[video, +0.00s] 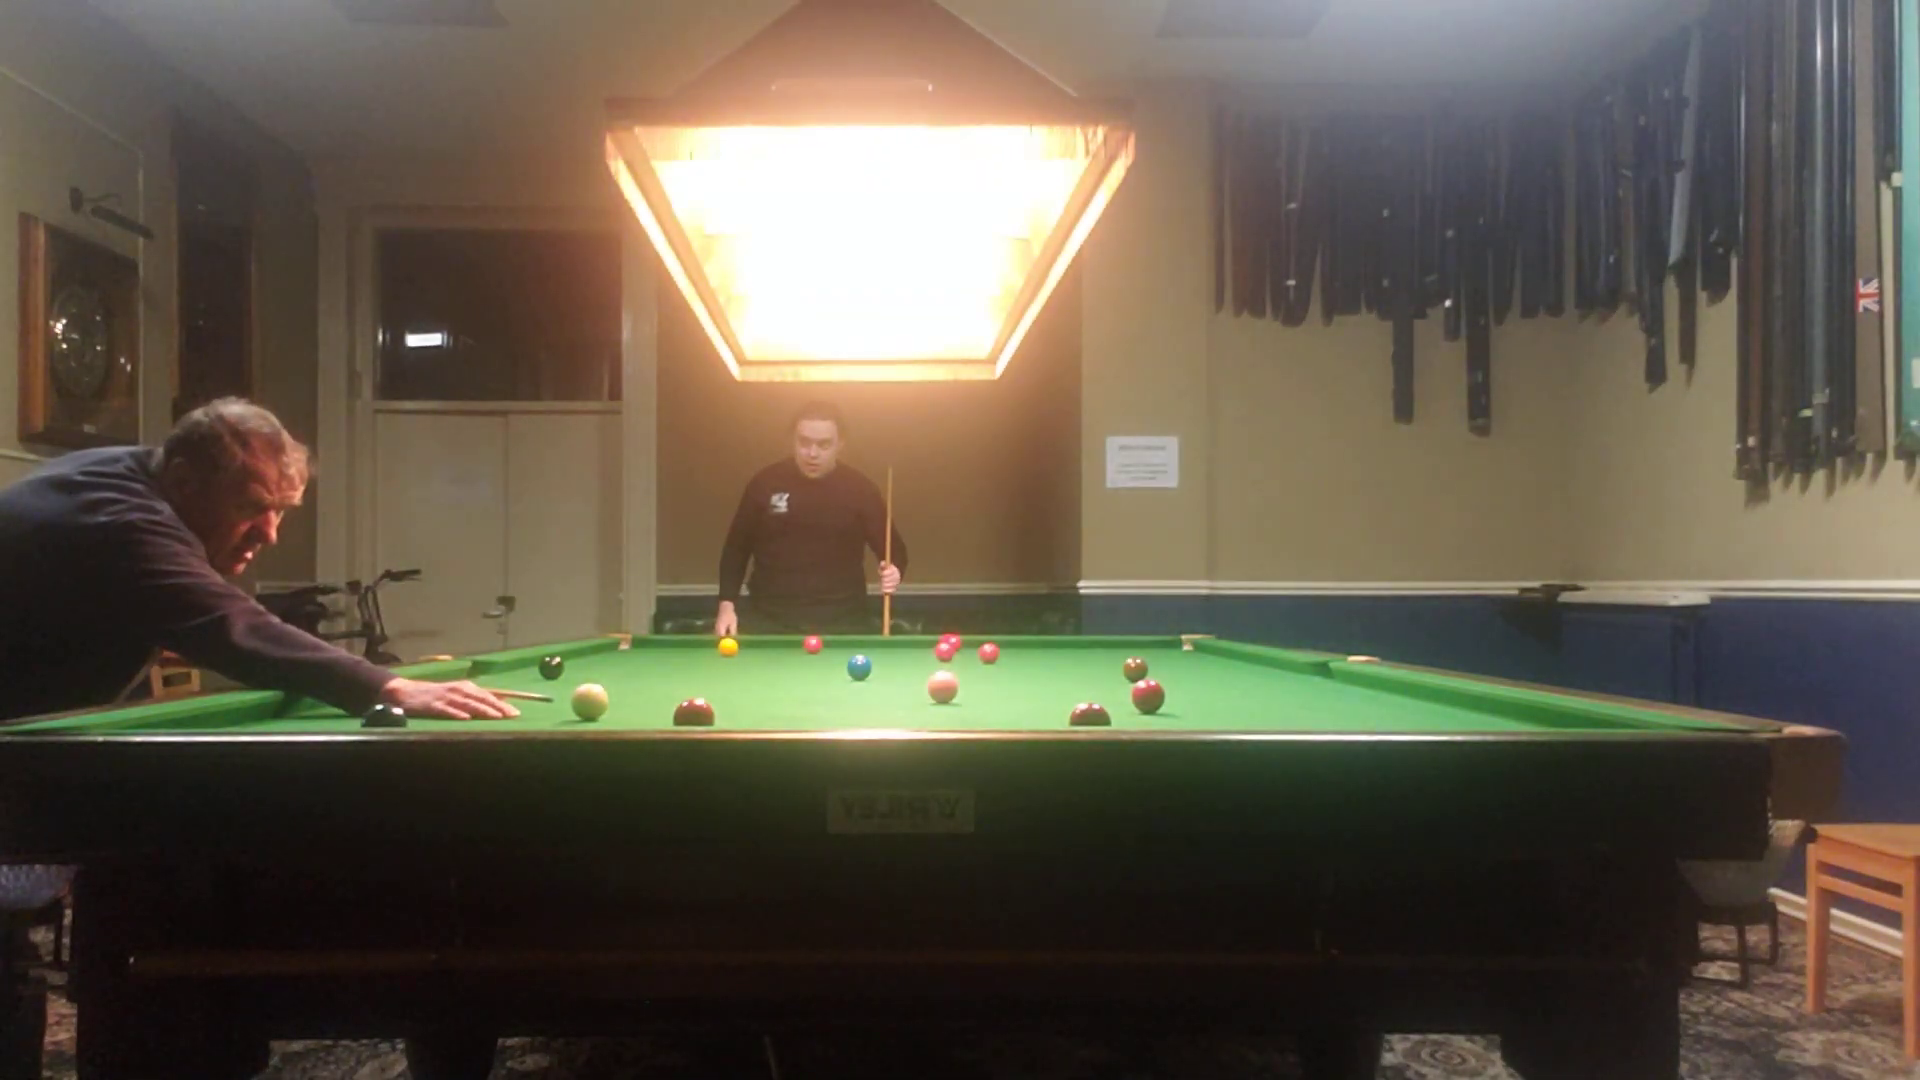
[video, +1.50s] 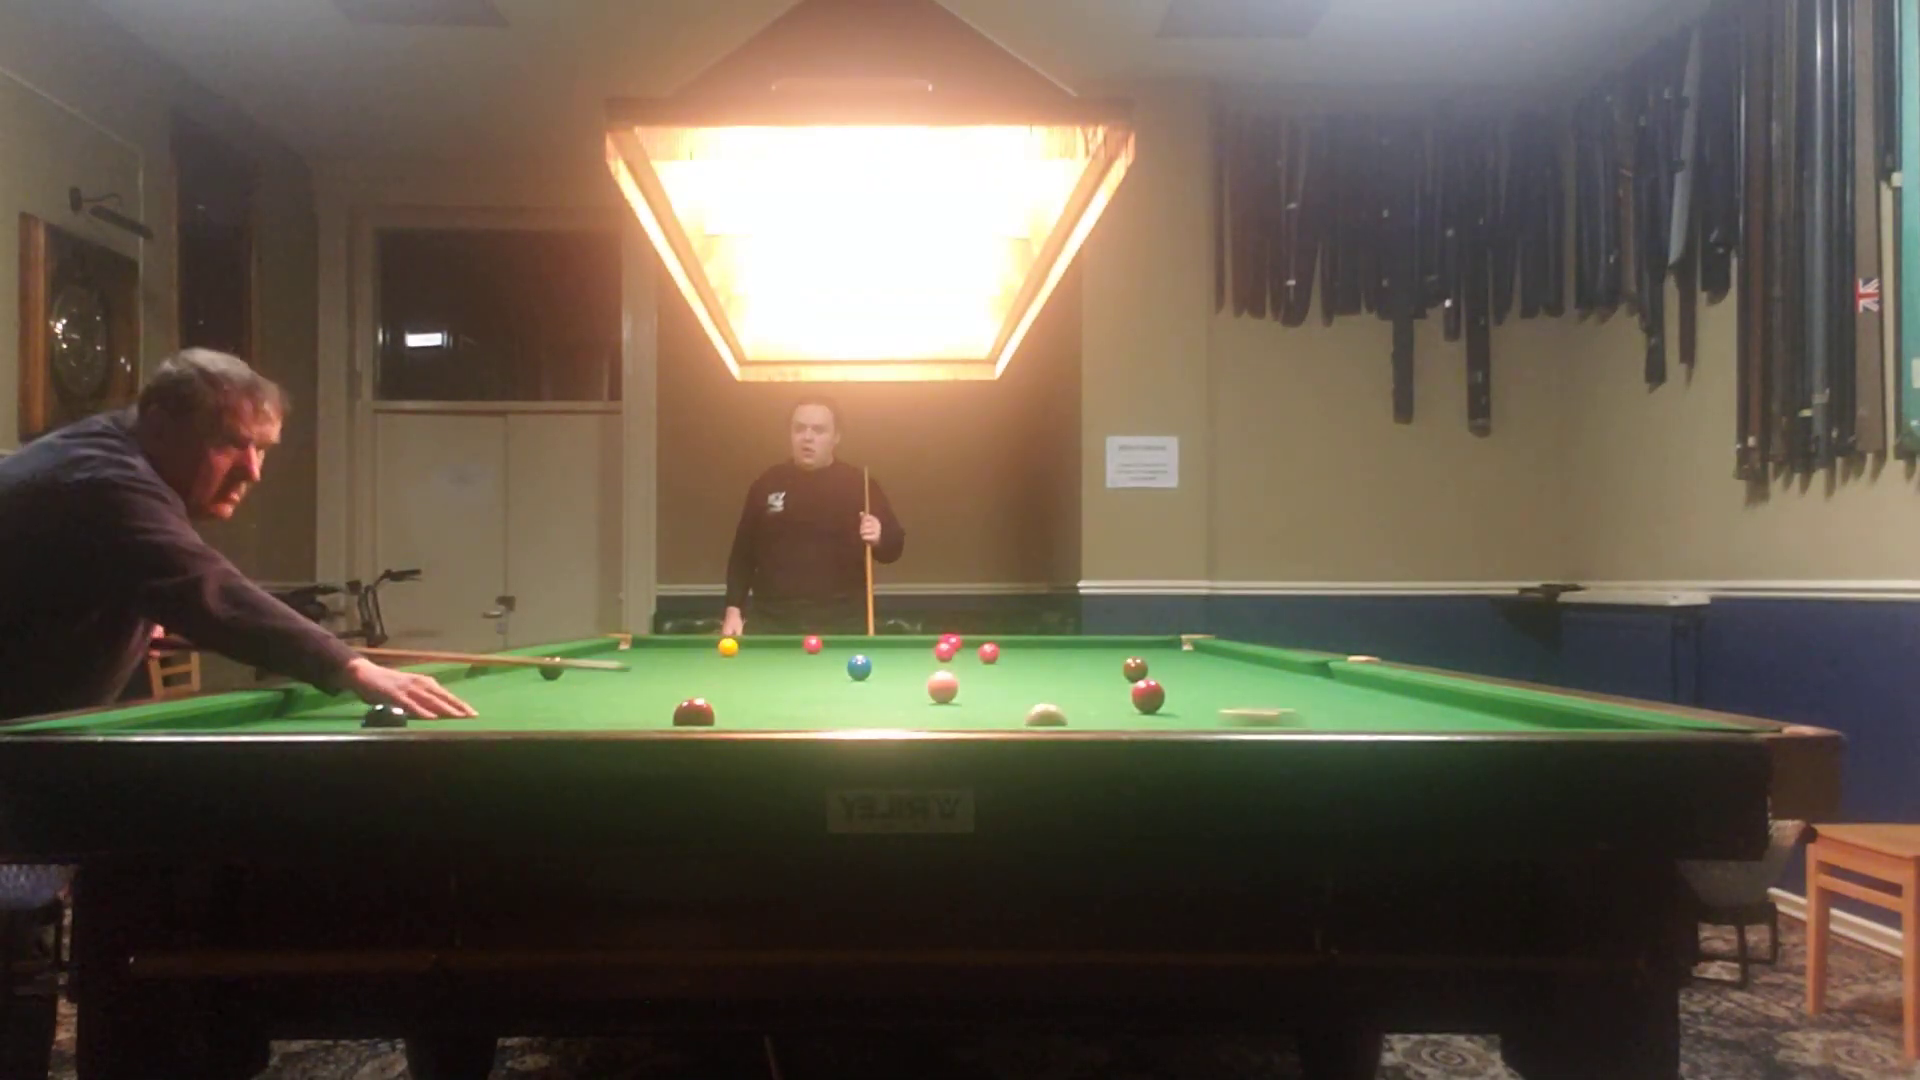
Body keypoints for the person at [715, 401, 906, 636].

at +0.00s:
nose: (813, 454)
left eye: (823, 444)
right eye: (804, 443)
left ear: (840, 445)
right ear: (793, 441)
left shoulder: (859, 490)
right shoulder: (765, 485)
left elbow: (890, 542)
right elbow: (737, 547)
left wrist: (893, 568)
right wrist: (726, 604)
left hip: (842, 623)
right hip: (771, 623)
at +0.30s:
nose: (814, 454)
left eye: (825, 445)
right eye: (805, 443)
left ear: (841, 445)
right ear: (794, 441)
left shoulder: (860, 489)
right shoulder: (766, 485)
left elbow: (893, 545)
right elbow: (738, 547)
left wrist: (889, 570)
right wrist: (729, 602)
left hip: (843, 625)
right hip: (772, 624)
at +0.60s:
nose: (814, 445)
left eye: (825, 436)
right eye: (806, 435)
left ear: (842, 441)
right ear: (795, 438)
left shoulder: (862, 490)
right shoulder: (768, 483)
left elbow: (896, 542)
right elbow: (740, 547)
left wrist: (892, 558)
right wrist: (725, 600)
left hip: (844, 625)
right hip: (773, 624)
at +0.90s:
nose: (813, 440)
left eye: (824, 432)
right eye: (805, 431)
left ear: (840, 439)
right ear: (794, 435)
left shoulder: (864, 487)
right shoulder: (769, 483)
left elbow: (901, 550)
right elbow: (742, 546)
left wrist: (890, 531)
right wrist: (731, 601)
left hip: (844, 623)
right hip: (774, 623)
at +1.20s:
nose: (810, 439)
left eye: (822, 431)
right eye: (803, 430)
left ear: (839, 438)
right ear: (793, 434)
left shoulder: (863, 485)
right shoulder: (769, 485)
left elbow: (896, 552)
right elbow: (743, 549)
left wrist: (886, 535)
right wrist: (736, 604)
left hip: (844, 622)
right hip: (775, 624)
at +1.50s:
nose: (807, 438)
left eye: (818, 430)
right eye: (800, 429)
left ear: (836, 437)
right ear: (790, 434)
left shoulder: (860, 485)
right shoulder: (768, 485)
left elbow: (893, 550)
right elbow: (743, 552)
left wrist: (881, 538)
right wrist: (734, 608)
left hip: (842, 626)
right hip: (773, 627)